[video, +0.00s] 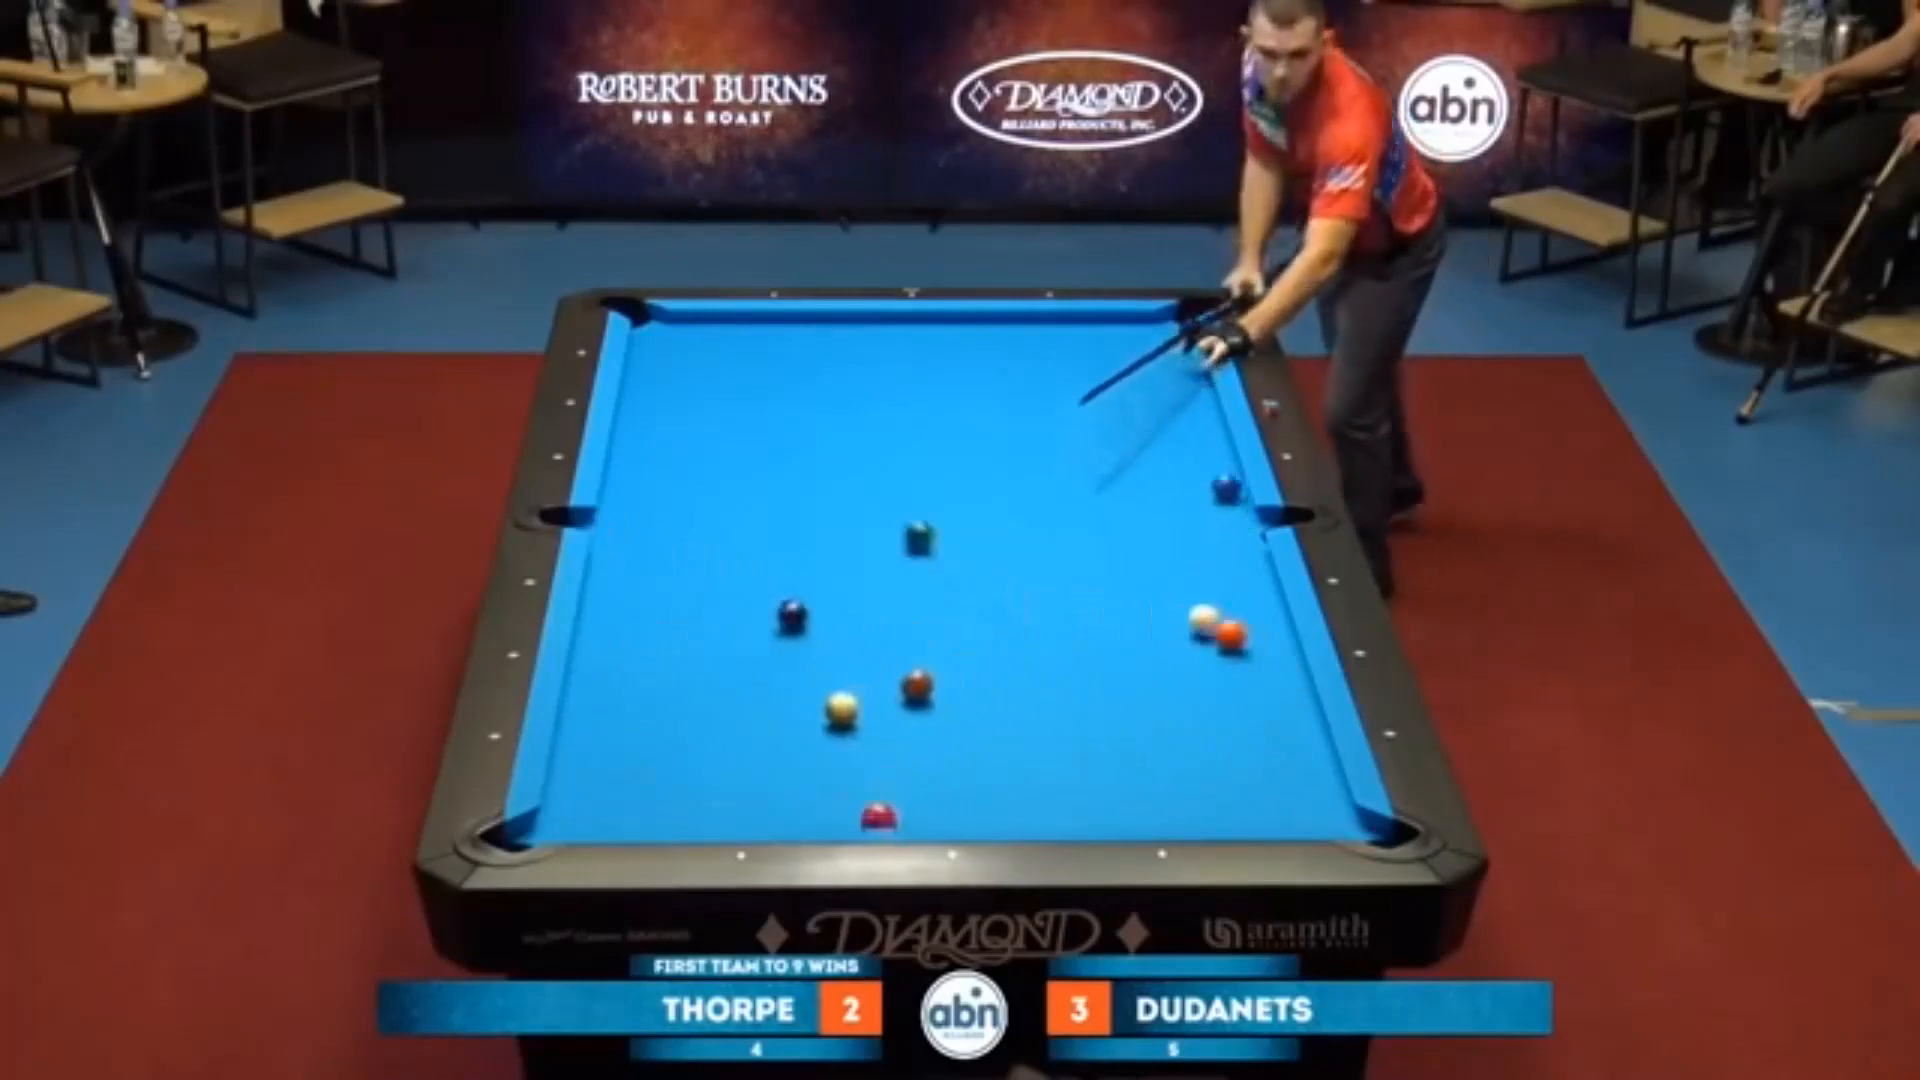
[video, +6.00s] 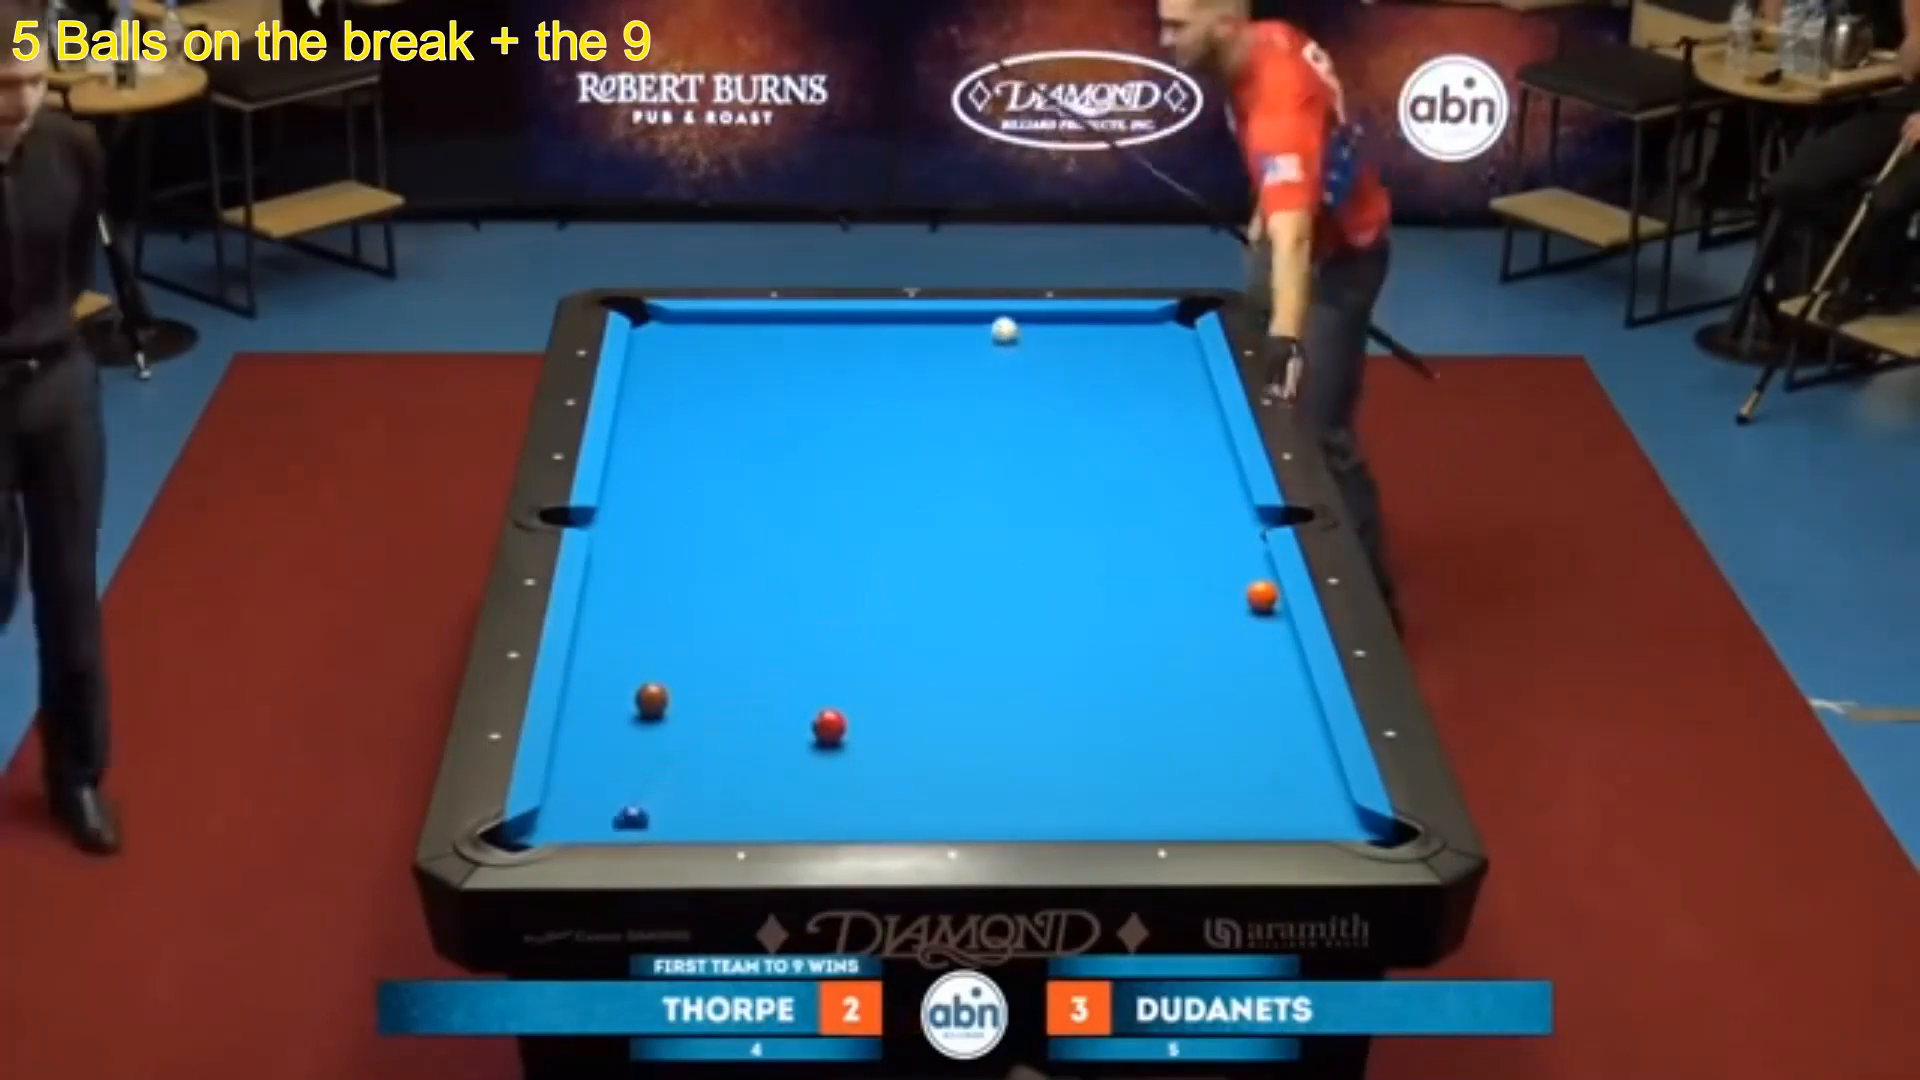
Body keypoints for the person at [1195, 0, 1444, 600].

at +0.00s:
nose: (1279, 71)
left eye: (1296, 57)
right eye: (1267, 55)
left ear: (1325, 43)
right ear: (1250, 39)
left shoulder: (1350, 113)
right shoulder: (1257, 68)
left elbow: (1323, 254)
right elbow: (1262, 162)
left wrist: (1247, 331)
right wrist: (1249, 260)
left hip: (1397, 243)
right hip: (1335, 235)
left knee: (1350, 412)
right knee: (1367, 369)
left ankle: (1368, 572)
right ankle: (1397, 482)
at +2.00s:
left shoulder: (1411, 16)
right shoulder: (1287, 8)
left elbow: (1506, 5)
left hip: (1366, 238)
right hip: (1292, 230)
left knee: (1368, 405)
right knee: (1310, 398)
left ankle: (1369, 565)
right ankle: (1316, 541)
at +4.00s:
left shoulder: (1390, 8)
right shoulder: (1277, 25)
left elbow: (1509, 7)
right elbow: (1196, 45)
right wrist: (1116, 50)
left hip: (1398, 224)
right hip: (1317, 224)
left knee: (1376, 389)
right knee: (1298, 389)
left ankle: (1376, 558)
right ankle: (1317, 539)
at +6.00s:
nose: (1166, 41)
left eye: (1178, 26)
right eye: (1164, 26)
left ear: (1226, 19)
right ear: (1217, 21)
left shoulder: (1280, 84)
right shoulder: (1253, 47)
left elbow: (1293, 232)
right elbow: (1282, 133)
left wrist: (1285, 350)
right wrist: (1268, 204)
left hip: (1341, 249)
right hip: (1280, 236)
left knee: (1320, 429)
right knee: (1263, 398)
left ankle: (1370, 599)